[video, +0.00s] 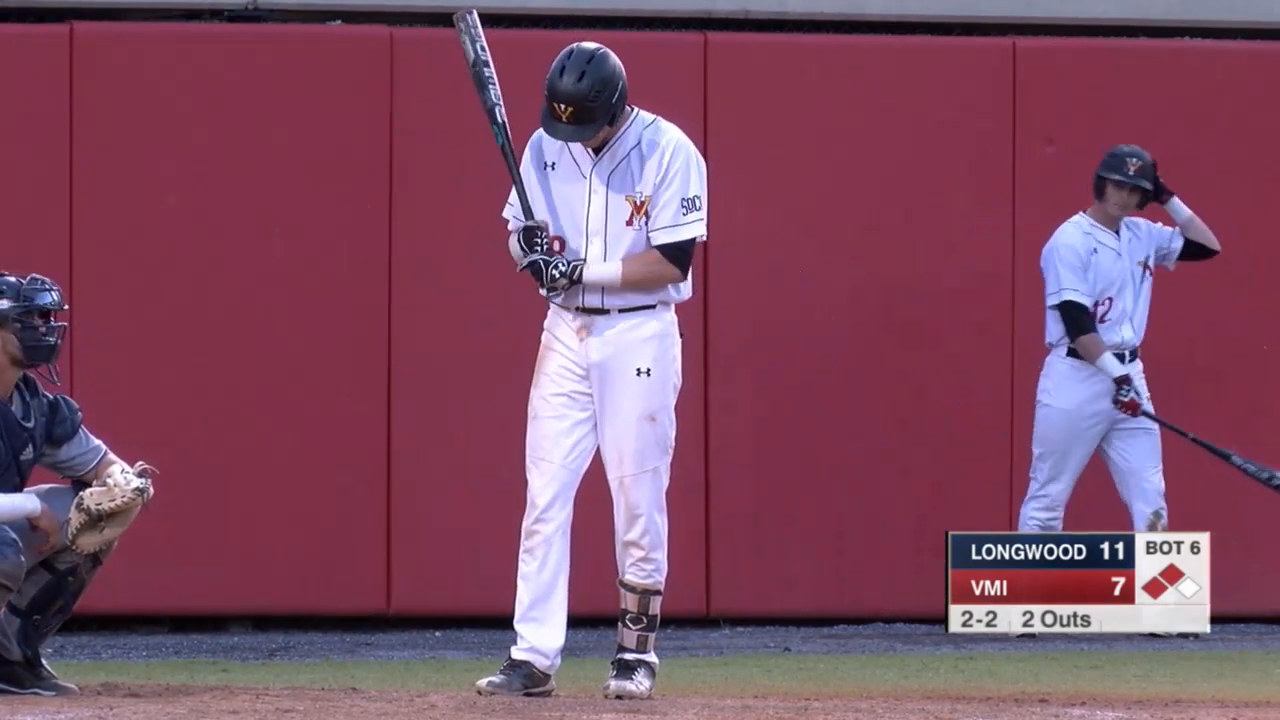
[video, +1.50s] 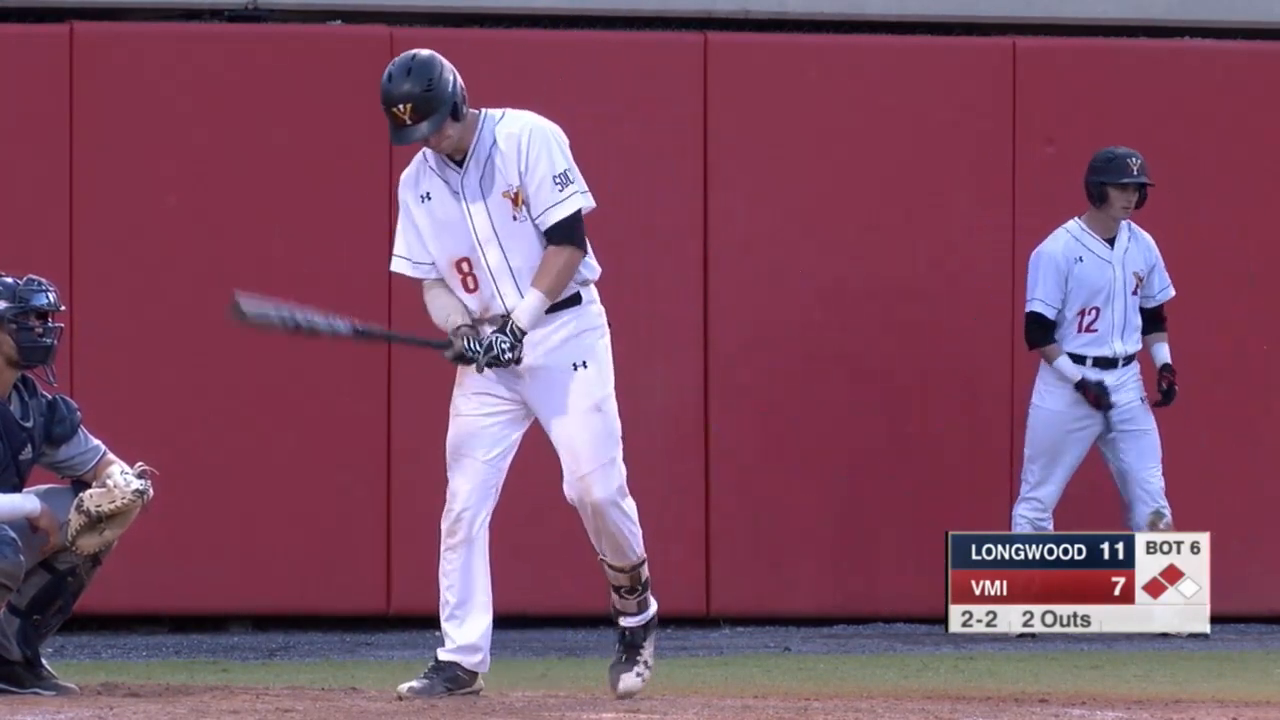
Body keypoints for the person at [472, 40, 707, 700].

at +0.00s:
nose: (576, 140)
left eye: (588, 129)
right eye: (567, 128)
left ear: (617, 109)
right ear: (555, 108)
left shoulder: (669, 149)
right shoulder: (545, 146)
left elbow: (672, 263)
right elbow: (517, 222)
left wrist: (581, 273)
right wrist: (529, 246)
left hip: (639, 339)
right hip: (564, 337)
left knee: (636, 491)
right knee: (545, 494)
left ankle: (635, 653)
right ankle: (533, 656)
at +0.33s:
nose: (579, 139)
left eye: (590, 128)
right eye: (570, 127)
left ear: (620, 107)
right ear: (559, 108)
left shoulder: (672, 152)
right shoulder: (550, 145)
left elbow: (669, 269)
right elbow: (523, 222)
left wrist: (580, 280)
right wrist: (534, 250)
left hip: (637, 340)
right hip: (562, 336)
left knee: (632, 489)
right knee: (540, 495)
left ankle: (634, 651)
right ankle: (533, 657)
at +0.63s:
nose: (580, 134)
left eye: (591, 123)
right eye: (571, 122)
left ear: (622, 105)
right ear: (560, 105)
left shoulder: (672, 154)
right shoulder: (552, 148)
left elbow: (664, 272)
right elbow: (532, 233)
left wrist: (573, 284)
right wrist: (533, 259)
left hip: (635, 342)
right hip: (561, 339)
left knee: (631, 489)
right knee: (525, 485)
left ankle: (634, 651)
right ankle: (528, 651)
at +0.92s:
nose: (560, 133)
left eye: (569, 121)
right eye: (550, 122)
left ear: (597, 101)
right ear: (540, 108)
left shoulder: (646, 153)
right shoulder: (540, 147)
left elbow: (620, 265)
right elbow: (525, 235)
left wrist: (531, 262)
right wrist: (505, 239)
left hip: (622, 345)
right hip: (550, 341)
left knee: (627, 497)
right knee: (510, 491)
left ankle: (634, 652)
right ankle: (465, 648)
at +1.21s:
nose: (495, 140)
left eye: (502, 128)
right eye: (487, 130)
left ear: (529, 108)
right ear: (479, 119)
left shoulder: (590, 147)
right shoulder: (480, 163)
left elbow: (572, 252)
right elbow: (489, 278)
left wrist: (480, 255)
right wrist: (458, 258)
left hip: (594, 348)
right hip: (518, 348)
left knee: (610, 499)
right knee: (486, 501)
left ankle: (633, 650)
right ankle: (463, 660)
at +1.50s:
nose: (430, 143)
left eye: (436, 129)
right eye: (419, 135)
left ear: (460, 104)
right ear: (410, 124)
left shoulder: (532, 137)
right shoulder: (416, 181)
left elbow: (567, 244)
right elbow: (433, 284)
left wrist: (518, 320)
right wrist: (460, 329)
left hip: (566, 340)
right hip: (487, 356)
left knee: (594, 489)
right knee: (463, 508)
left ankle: (635, 613)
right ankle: (460, 661)